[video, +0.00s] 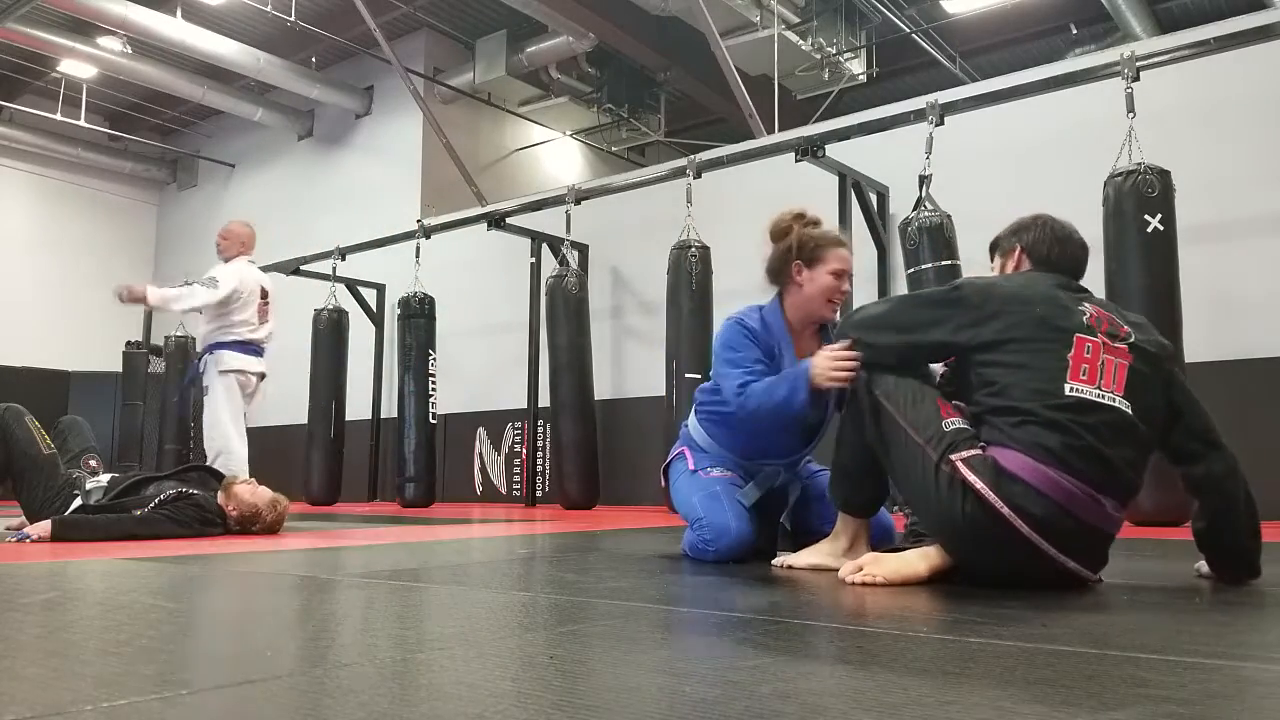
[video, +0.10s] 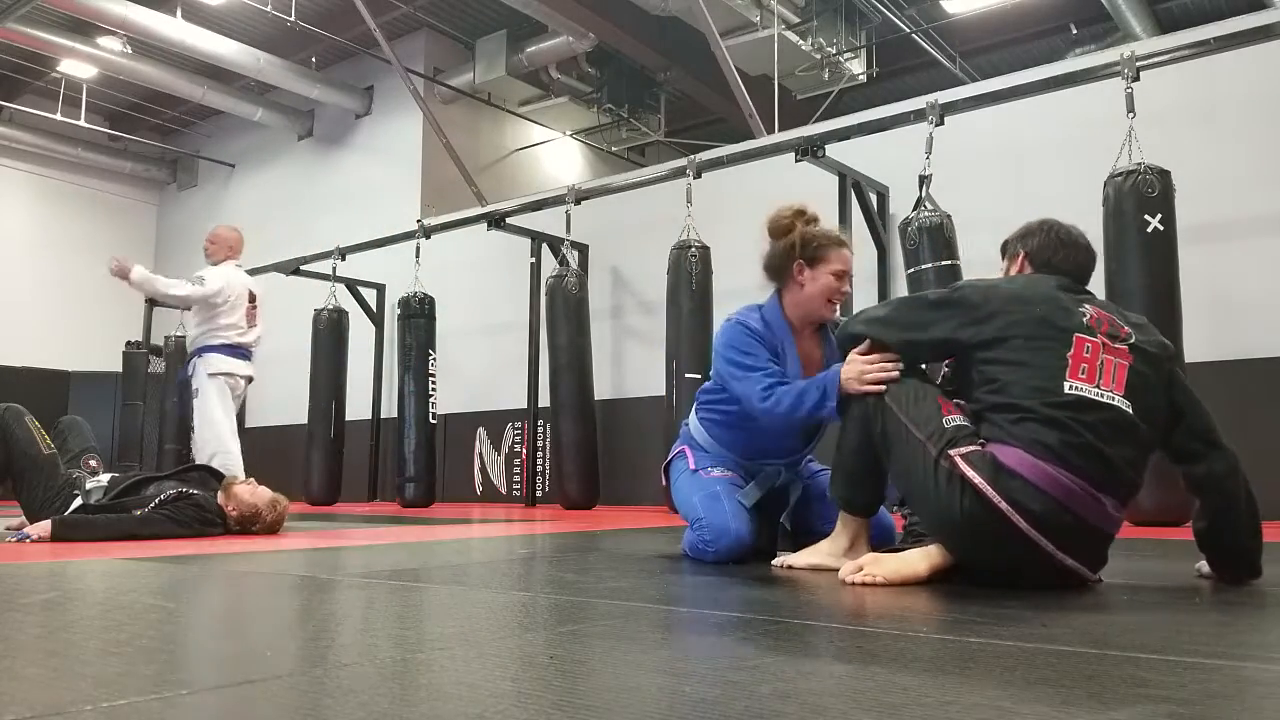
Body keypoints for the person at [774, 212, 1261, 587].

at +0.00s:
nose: (992, 278)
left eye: (995, 267)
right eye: (995, 268)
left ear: (1017, 259)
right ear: (1078, 272)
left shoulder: (996, 295)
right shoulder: (1144, 342)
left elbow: (858, 331)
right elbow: (1215, 468)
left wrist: (934, 384)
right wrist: (1234, 569)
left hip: (979, 511)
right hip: (1066, 562)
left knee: (871, 378)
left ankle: (846, 538)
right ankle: (929, 555)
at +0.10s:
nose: (998, 279)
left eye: (1001, 268)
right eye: (1002, 269)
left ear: (1021, 264)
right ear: (1086, 279)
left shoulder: (999, 297)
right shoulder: (1148, 345)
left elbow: (862, 329)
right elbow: (1217, 470)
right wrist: (1235, 568)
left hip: (979, 508)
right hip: (1065, 562)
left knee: (875, 374)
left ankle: (845, 540)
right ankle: (929, 556)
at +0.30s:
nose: (995, 290)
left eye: (997, 281)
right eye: (998, 282)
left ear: (1018, 271)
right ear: (1082, 284)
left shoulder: (998, 298)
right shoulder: (1149, 345)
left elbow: (866, 334)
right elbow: (1217, 472)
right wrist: (1234, 569)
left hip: (980, 507)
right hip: (1064, 563)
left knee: (881, 373)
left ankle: (848, 537)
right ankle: (930, 551)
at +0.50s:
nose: (984, 299)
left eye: (987, 289)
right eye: (989, 291)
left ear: (1005, 279)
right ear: (1067, 289)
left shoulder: (983, 306)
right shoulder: (1137, 344)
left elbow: (869, 356)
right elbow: (1209, 466)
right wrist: (1232, 565)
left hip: (983, 508)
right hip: (1070, 560)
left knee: (870, 367)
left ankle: (846, 538)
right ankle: (932, 555)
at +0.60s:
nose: (981, 301)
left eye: (984, 292)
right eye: (986, 293)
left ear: (1002, 281)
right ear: (1063, 290)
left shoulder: (981, 310)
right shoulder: (1134, 342)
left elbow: (867, 358)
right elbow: (1200, 461)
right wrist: (1232, 564)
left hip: (980, 508)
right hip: (1067, 561)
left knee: (870, 367)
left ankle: (846, 538)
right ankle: (931, 552)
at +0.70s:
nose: (981, 298)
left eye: (985, 288)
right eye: (986, 289)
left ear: (1004, 279)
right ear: (1065, 288)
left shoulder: (977, 307)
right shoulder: (1134, 342)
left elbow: (868, 362)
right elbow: (1195, 459)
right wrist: (1232, 562)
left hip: (979, 505)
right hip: (1065, 560)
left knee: (872, 365)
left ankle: (845, 537)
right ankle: (933, 552)